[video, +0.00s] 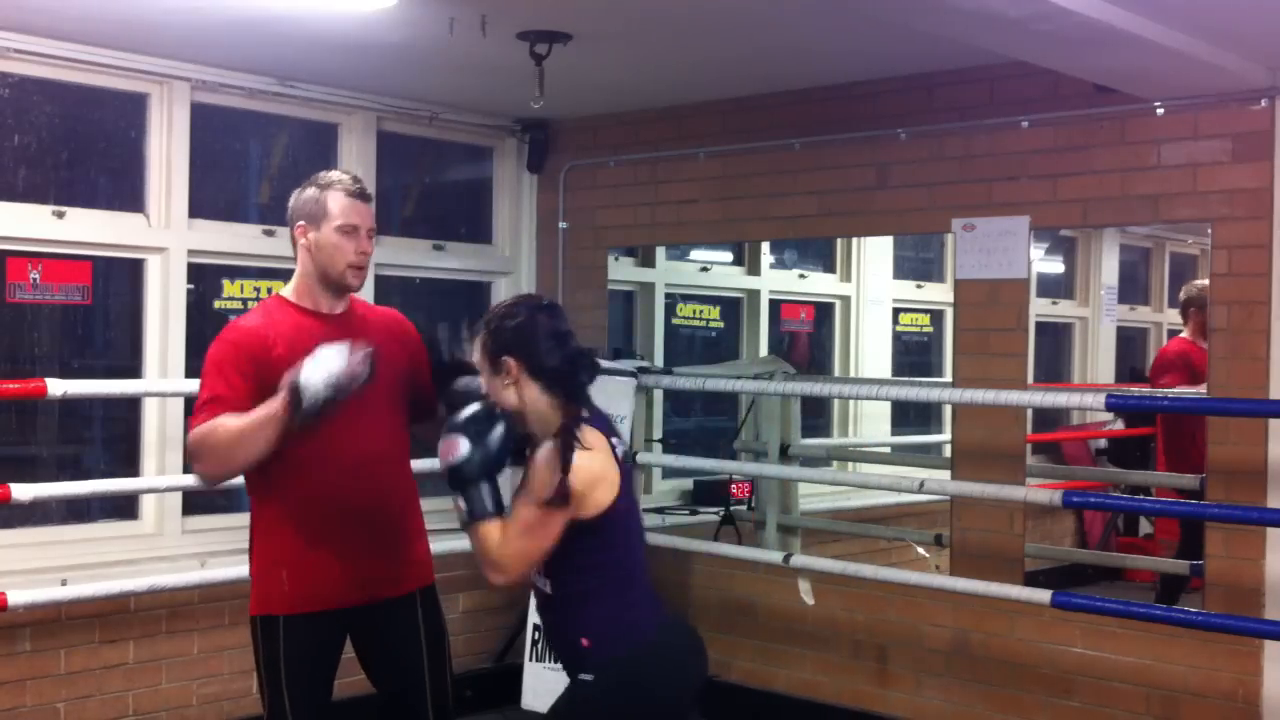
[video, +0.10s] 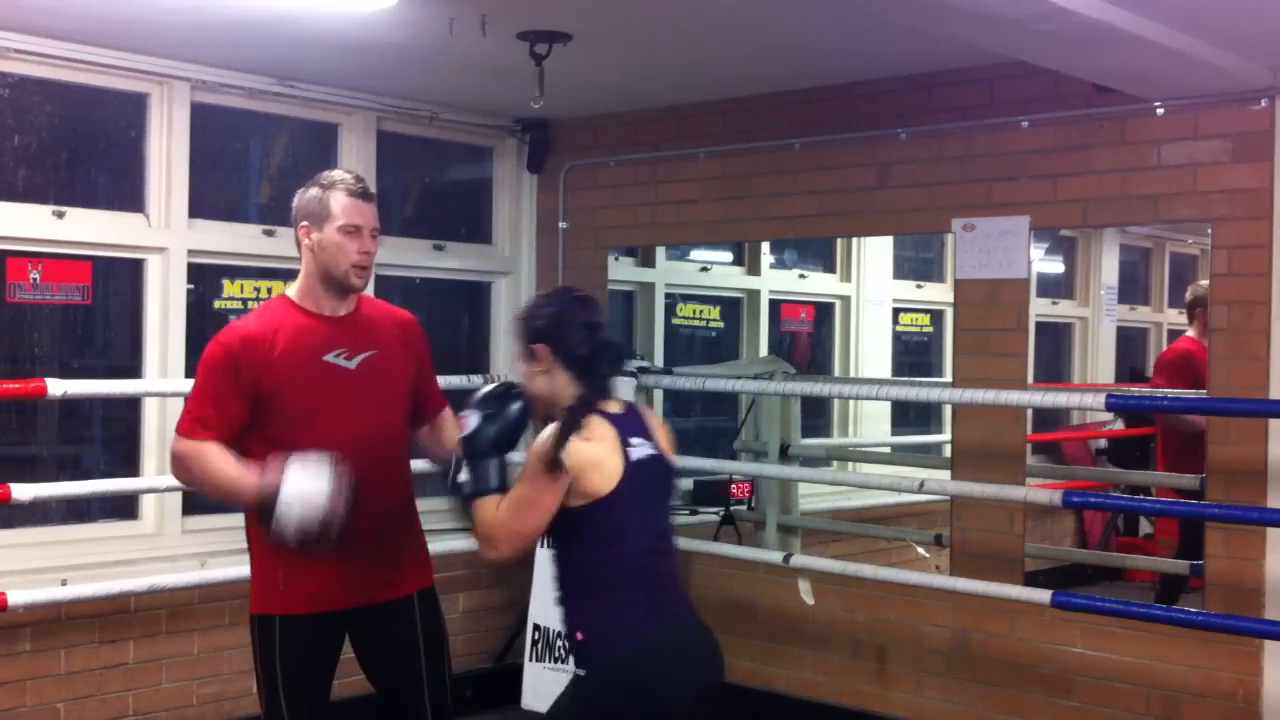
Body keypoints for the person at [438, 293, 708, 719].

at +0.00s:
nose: (482, 389)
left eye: (483, 373)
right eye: (479, 374)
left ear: (511, 371)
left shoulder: (566, 456)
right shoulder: (586, 427)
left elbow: (502, 566)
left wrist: (475, 479)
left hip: (620, 679)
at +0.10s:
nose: (525, 379)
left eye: (524, 365)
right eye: (522, 366)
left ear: (543, 358)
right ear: (594, 352)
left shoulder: (563, 445)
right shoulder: (651, 424)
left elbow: (497, 541)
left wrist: (481, 456)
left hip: (622, 672)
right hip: (689, 657)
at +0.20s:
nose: (576, 375)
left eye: (577, 362)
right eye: (576, 362)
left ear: (596, 359)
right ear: (648, 351)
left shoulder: (603, 440)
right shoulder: (706, 430)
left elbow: (545, 534)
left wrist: (530, 453)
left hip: (647, 668)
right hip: (722, 659)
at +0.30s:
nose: (622, 376)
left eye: (622, 363)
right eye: (618, 364)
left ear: (643, 359)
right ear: (694, 353)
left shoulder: (644, 431)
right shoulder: (750, 430)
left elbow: (592, 538)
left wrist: (577, 454)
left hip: (680, 660)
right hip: (759, 651)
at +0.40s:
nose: (645, 366)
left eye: (646, 353)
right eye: (643, 354)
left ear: (672, 350)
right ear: (722, 347)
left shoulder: (667, 422)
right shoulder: (777, 424)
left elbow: (616, 525)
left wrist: (602, 445)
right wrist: (659, 412)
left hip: (701, 656)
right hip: (783, 648)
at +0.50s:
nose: (659, 359)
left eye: (660, 347)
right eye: (657, 347)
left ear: (686, 347)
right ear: (737, 344)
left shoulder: (682, 421)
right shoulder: (786, 420)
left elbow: (625, 520)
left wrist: (614, 435)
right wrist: (672, 407)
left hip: (713, 653)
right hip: (793, 643)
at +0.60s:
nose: (663, 364)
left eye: (664, 351)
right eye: (662, 351)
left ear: (691, 349)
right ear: (740, 346)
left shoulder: (686, 422)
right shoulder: (790, 424)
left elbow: (627, 522)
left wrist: (618, 438)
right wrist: (676, 414)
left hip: (711, 660)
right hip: (793, 651)